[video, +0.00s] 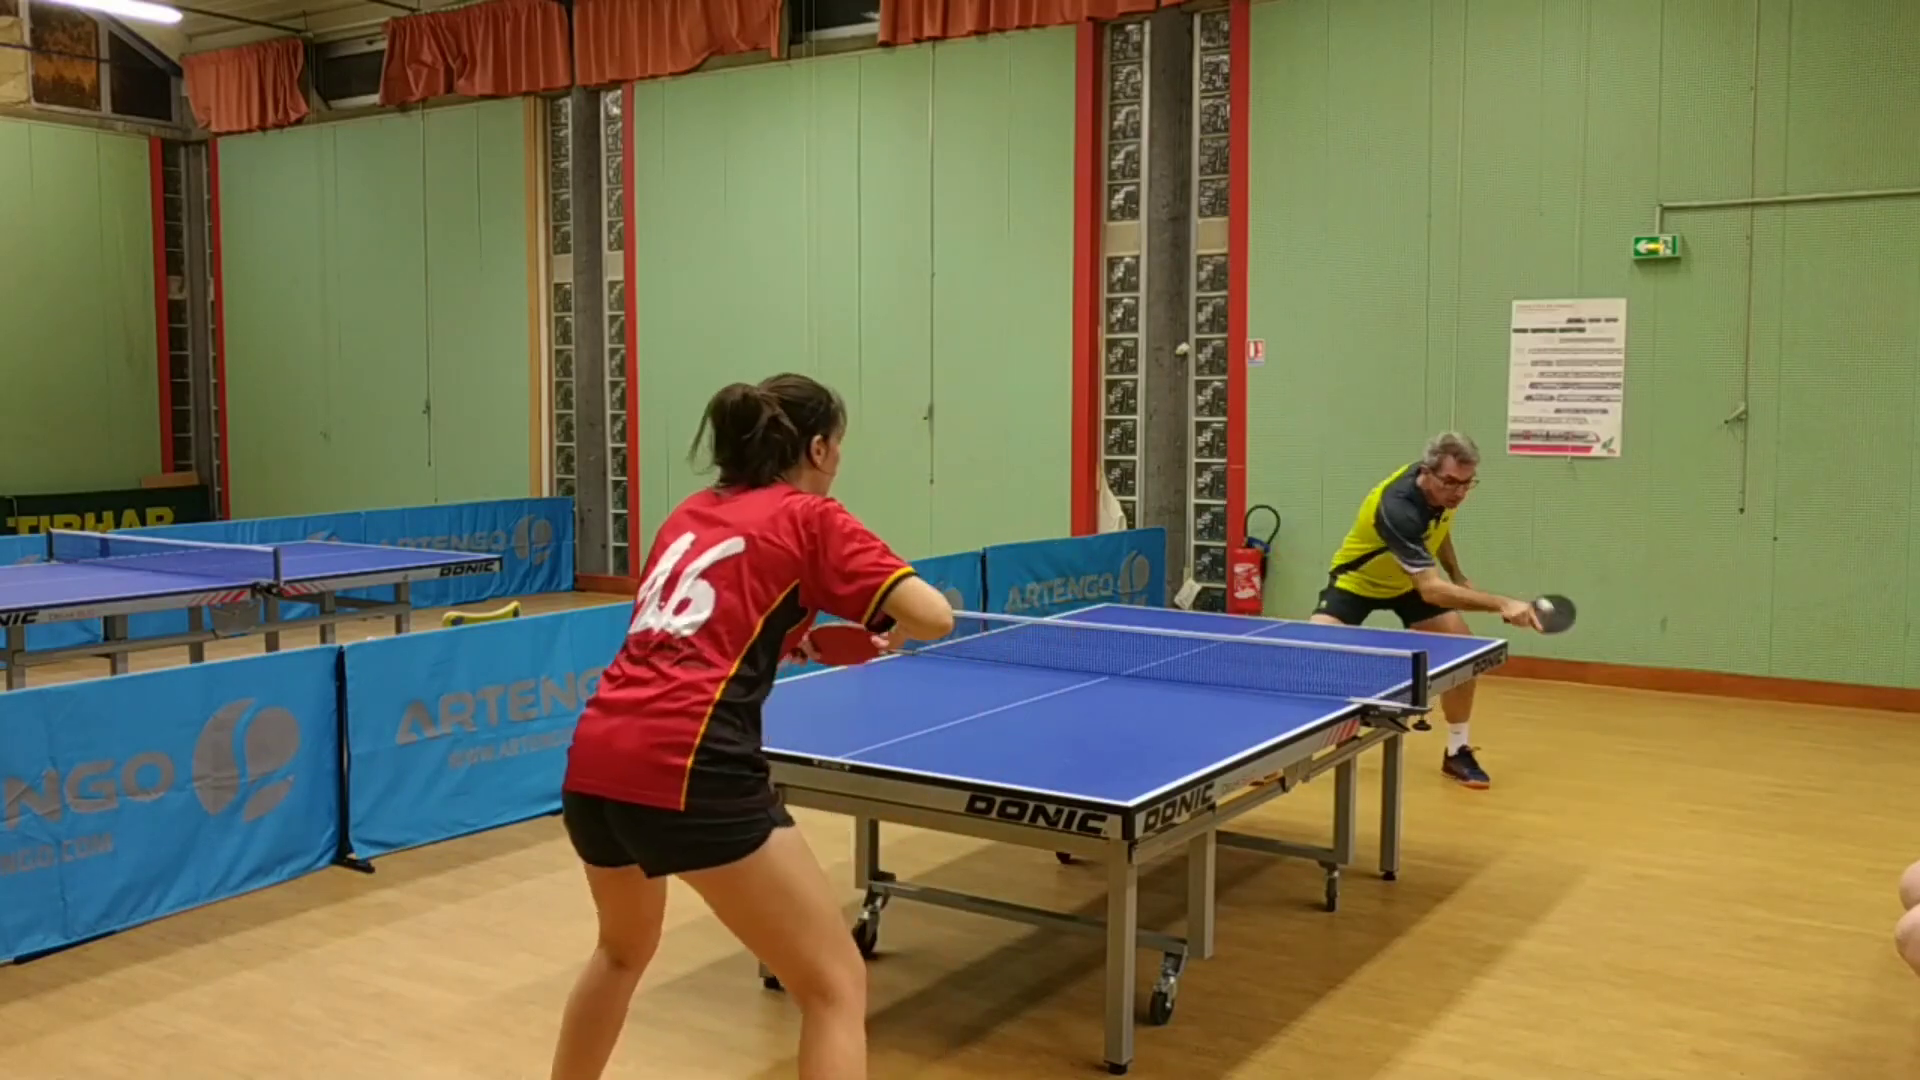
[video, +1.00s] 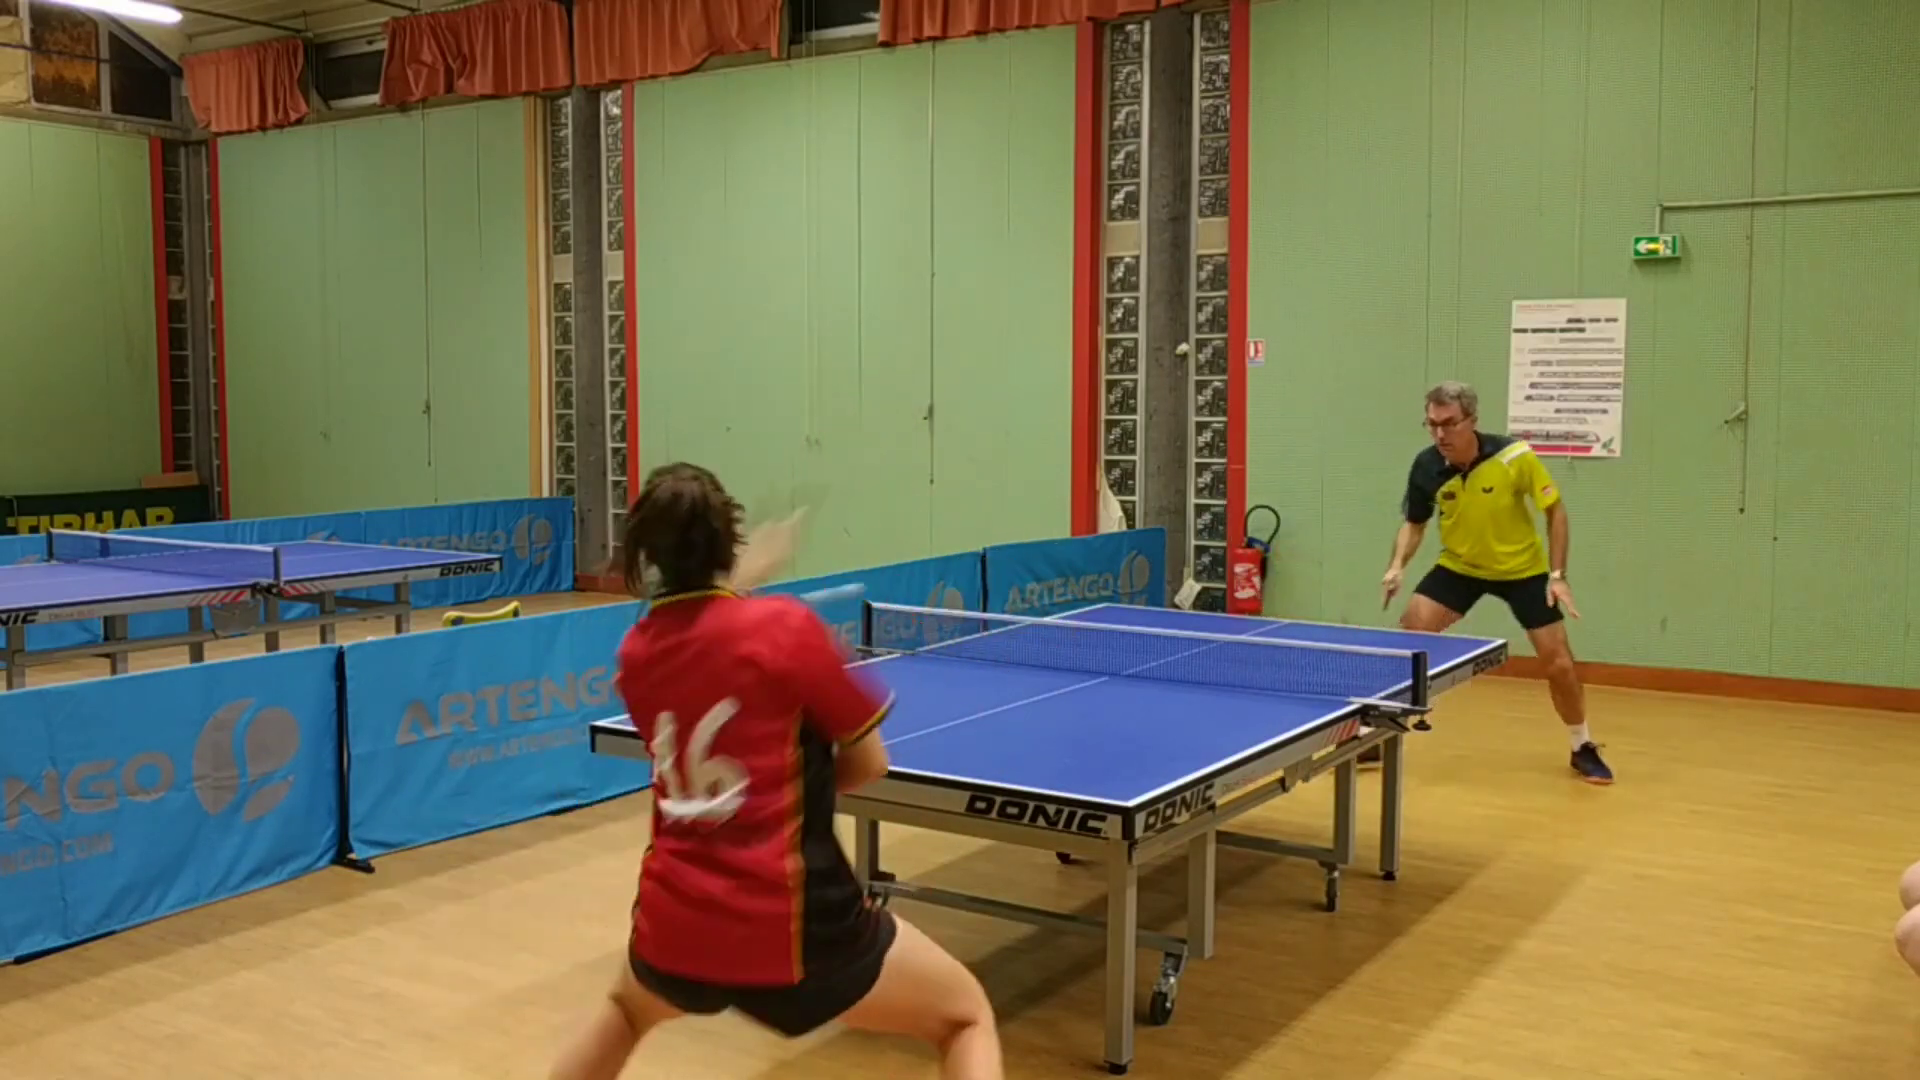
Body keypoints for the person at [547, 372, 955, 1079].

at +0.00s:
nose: (839, 456)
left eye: (839, 442)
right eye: (838, 442)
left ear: (749, 444)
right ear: (819, 448)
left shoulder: (691, 511)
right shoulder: (810, 517)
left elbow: (699, 616)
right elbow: (934, 616)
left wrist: (796, 636)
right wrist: (895, 622)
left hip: (594, 767)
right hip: (693, 775)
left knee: (619, 952)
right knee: (835, 988)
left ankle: (567, 1077)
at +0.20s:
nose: (837, 468)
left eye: (836, 455)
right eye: (835, 455)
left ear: (744, 460)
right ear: (815, 462)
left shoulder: (692, 529)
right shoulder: (817, 532)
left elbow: (718, 633)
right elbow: (947, 622)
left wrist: (815, 648)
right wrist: (911, 636)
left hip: (602, 787)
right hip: (704, 793)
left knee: (639, 927)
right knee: (857, 991)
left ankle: (565, 1074)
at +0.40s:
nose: (798, 487)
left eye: (798, 476)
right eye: (797, 476)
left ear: (704, 489)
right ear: (783, 484)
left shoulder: (652, 566)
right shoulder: (819, 564)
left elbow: (592, 707)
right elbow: (935, 666)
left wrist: (642, 761)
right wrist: (896, 714)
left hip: (635, 814)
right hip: (754, 818)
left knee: (615, 961)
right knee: (884, 987)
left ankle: (557, 1074)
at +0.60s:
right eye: (752, 507)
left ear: (666, 535)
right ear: (748, 523)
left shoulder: (665, 627)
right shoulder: (819, 604)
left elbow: (652, 770)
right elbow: (884, 731)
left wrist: (540, 871)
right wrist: (836, 815)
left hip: (744, 895)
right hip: (864, 882)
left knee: (607, 961)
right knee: (928, 1053)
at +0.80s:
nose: (610, 571)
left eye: (610, 559)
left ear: (619, 572)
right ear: (697, 541)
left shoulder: (646, 664)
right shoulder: (775, 609)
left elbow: (672, 818)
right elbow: (866, 724)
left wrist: (535, 901)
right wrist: (814, 805)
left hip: (762, 908)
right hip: (876, 888)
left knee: (576, 954)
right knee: (937, 1054)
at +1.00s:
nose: (741, 530)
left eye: (739, 522)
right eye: (736, 520)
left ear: (648, 551)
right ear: (728, 538)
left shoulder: (637, 650)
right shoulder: (780, 624)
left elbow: (693, 626)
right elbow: (867, 762)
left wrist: (747, 572)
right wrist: (787, 771)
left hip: (672, 934)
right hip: (796, 933)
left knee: (624, 1014)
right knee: (964, 1017)